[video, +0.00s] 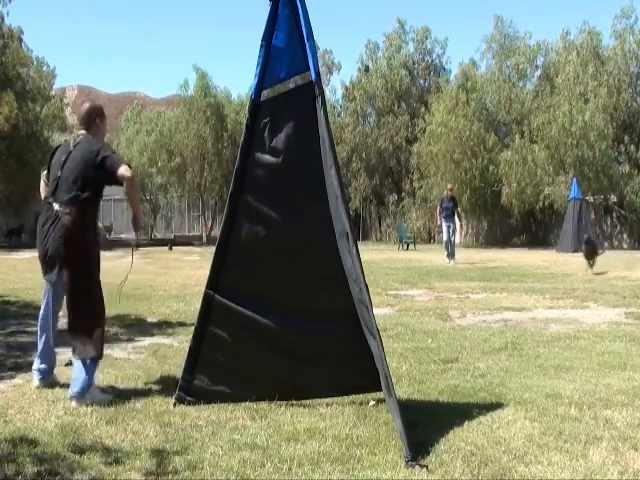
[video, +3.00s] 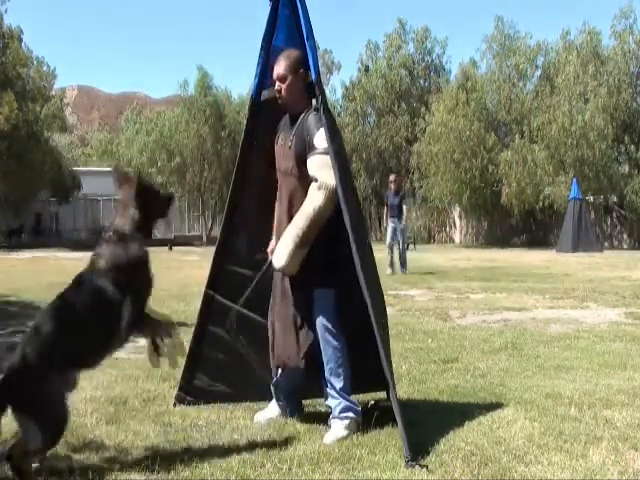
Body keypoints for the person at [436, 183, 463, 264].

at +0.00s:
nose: (450, 192)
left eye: (451, 191)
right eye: (449, 191)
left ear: (453, 191)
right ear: (446, 191)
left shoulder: (454, 199)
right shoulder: (443, 199)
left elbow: (457, 210)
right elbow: (439, 209)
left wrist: (460, 221)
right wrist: (439, 220)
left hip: (452, 220)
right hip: (444, 220)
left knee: (452, 239)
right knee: (446, 239)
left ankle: (452, 257)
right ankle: (447, 254)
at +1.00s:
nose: (437, 191)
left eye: (439, 189)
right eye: (436, 189)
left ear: (441, 190)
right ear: (434, 190)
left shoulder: (443, 198)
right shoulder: (432, 199)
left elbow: (446, 208)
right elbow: (428, 209)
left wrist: (447, 218)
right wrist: (427, 218)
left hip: (441, 219)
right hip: (433, 219)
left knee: (440, 238)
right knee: (433, 238)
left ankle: (440, 254)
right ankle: (433, 254)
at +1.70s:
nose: (424, 189)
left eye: (426, 187)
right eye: (423, 187)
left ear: (428, 187)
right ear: (421, 188)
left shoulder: (431, 197)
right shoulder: (418, 197)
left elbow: (436, 209)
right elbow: (414, 208)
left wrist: (437, 220)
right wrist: (415, 216)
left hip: (429, 220)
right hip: (421, 220)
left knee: (428, 240)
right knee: (423, 241)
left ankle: (427, 261)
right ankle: (425, 259)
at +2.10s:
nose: (417, 189)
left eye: (419, 187)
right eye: (416, 187)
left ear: (421, 187)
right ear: (414, 188)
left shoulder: (425, 198)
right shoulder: (412, 198)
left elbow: (427, 209)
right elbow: (409, 209)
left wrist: (426, 219)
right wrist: (408, 219)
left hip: (422, 221)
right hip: (413, 220)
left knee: (424, 243)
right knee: (413, 242)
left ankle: (426, 264)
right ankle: (412, 264)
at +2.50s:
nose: (404, 185)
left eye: (406, 183)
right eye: (403, 183)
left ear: (409, 183)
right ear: (401, 184)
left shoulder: (414, 194)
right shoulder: (400, 195)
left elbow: (418, 208)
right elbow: (396, 207)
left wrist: (420, 220)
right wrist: (395, 218)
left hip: (412, 218)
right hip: (403, 218)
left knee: (410, 241)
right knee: (405, 241)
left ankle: (412, 262)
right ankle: (409, 262)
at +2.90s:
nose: (395, 184)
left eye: (397, 182)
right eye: (394, 182)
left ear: (401, 182)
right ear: (392, 183)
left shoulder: (405, 194)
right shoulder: (390, 195)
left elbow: (410, 208)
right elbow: (388, 207)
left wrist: (412, 220)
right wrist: (387, 219)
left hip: (403, 220)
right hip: (394, 220)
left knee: (402, 244)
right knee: (392, 243)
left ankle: (403, 267)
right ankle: (399, 263)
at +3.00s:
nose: (393, 184)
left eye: (395, 181)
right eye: (391, 182)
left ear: (398, 182)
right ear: (389, 183)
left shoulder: (402, 194)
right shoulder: (388, 194)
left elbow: (405, 207)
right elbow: (386, 208)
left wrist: (404, 219)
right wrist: (385, 220)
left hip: (400, 221)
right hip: (391, 221)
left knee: (401, 245)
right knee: (389, 243)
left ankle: (403, 267)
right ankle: (390, 266)